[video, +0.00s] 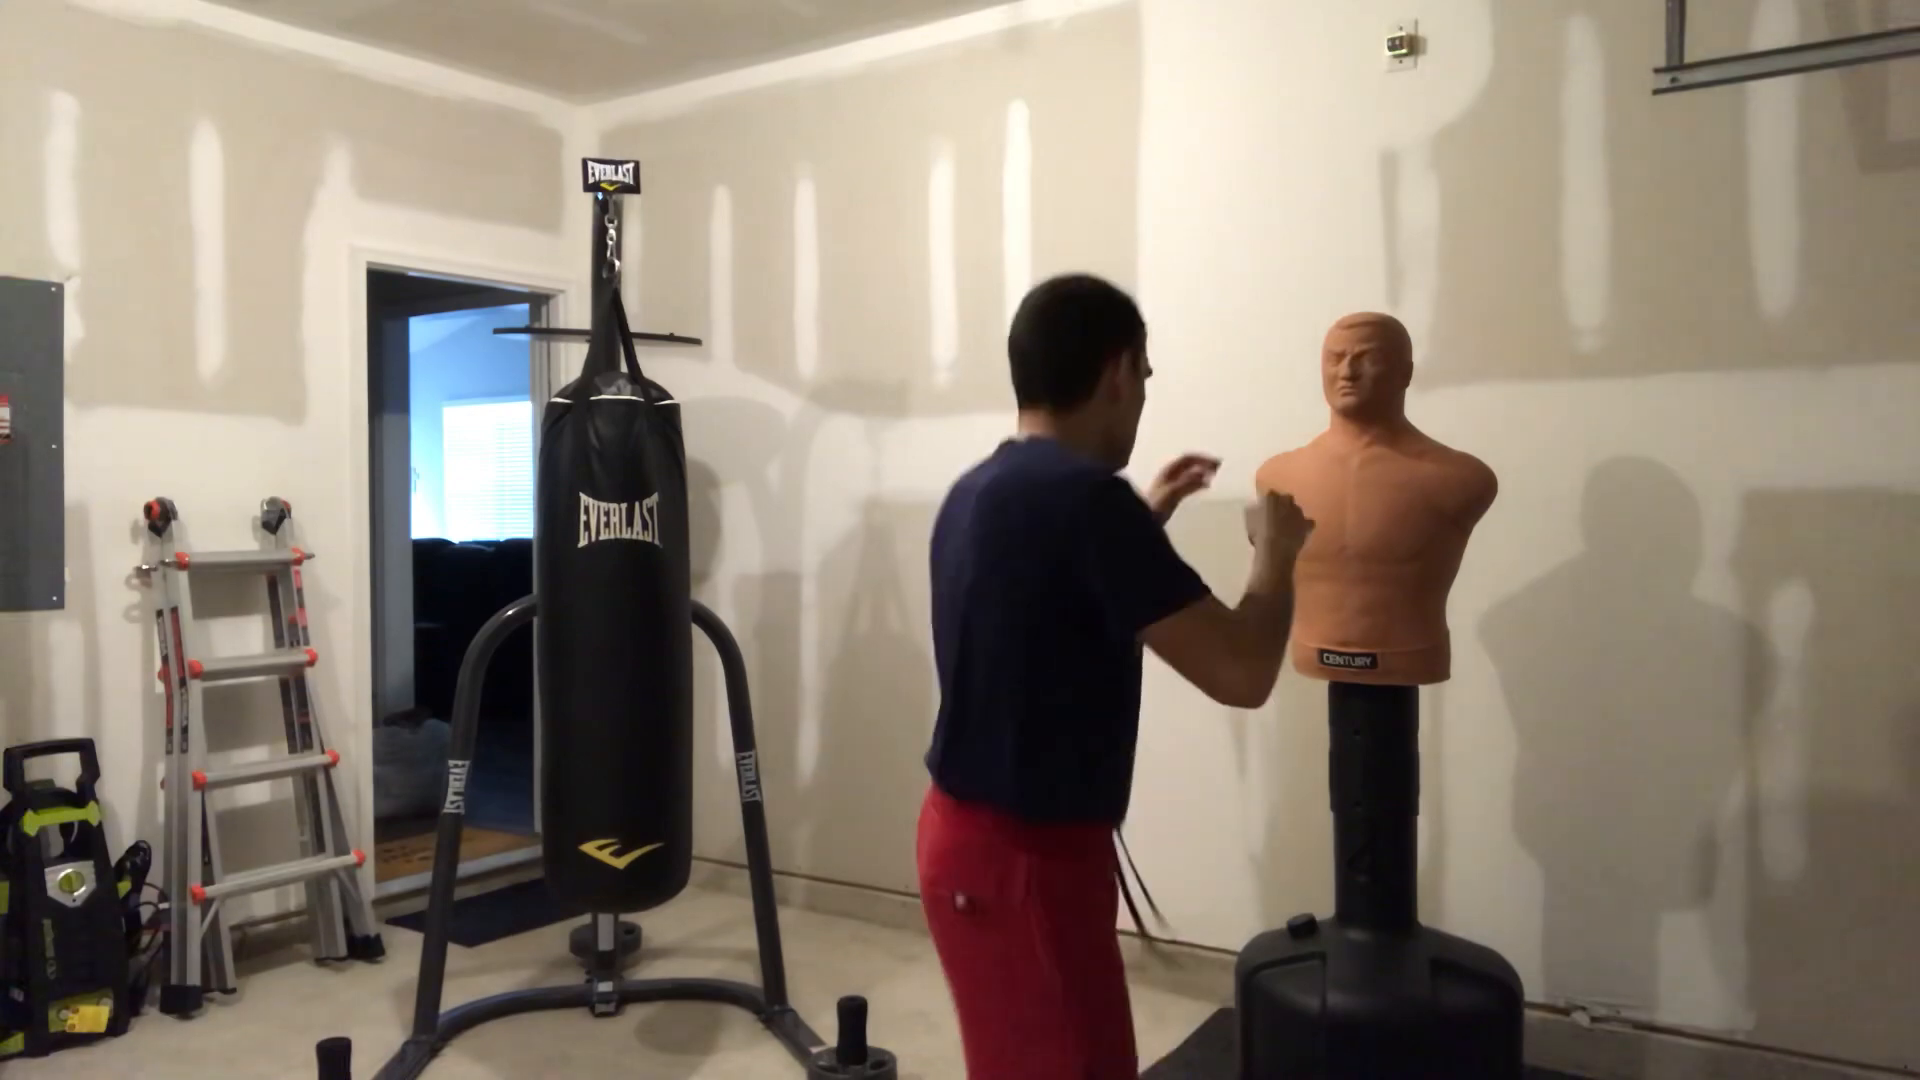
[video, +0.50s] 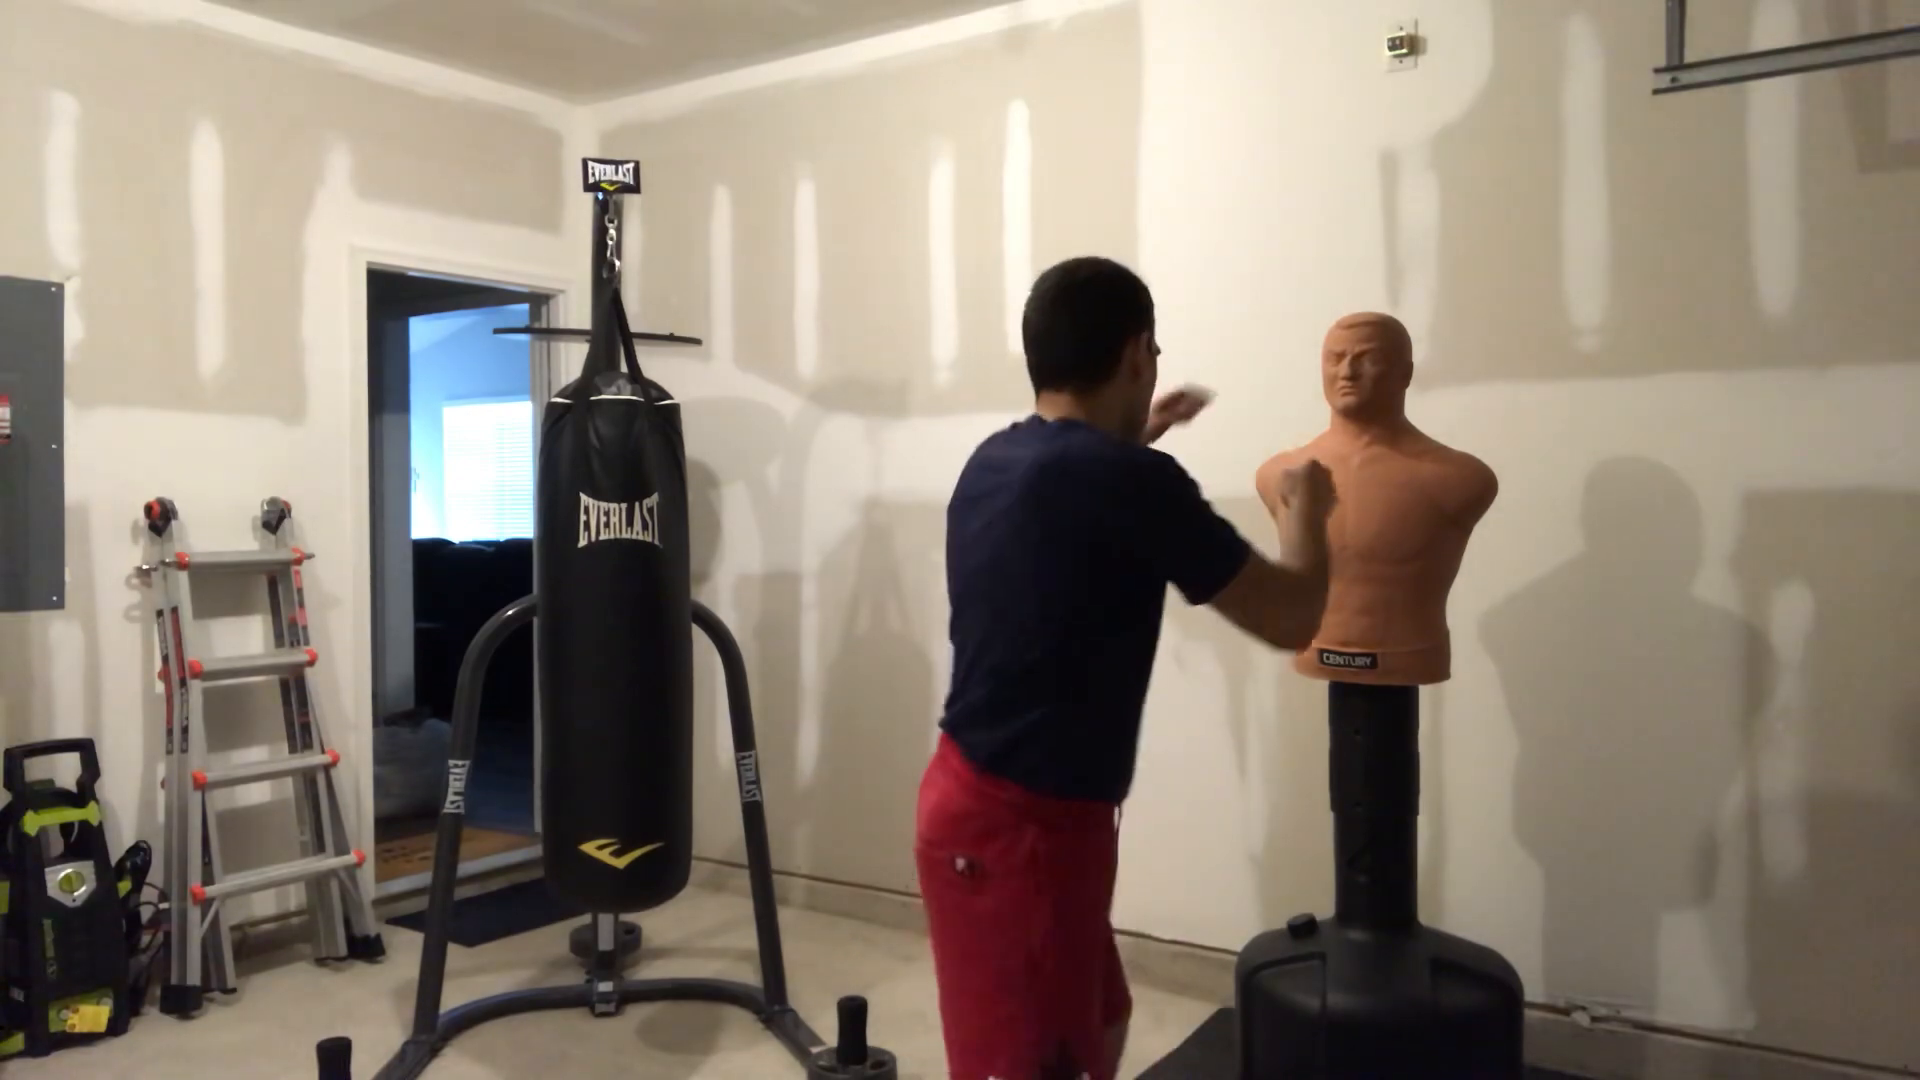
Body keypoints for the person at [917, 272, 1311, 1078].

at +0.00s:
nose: (1144, 398)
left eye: (1144, 376)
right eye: (1142, 375)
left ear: (1025, 375)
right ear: (1111, 376)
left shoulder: (974, 494)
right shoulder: (1084, 501)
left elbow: (1061, 616)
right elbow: (1242, 673)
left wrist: (1146, 516)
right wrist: (1274, 553)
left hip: (962, 843)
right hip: (1035, 855)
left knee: (1011, 1064)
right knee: (1088, 1065)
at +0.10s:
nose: (1144, 374)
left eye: (1145, 353)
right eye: (1143, 351)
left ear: (1024, 346)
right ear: (1115, 349)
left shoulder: (967, 469)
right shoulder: (1091, 467)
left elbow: (1049, 576)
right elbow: (1252, 633)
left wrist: (1146, 489)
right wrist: (1274, 522)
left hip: (965, 823)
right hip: (1033, 839)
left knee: (1014, 1061)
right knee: (1071, 1065)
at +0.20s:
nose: (1143, 368)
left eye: (1146, 346)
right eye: (1143, 345)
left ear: (1024, 342)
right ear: (1115, 342)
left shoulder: (972, 461)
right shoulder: (1097, 464)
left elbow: (1075, 549)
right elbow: (1272, 606)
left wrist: (1158, 453)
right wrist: (1278, 484)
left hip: (958, 816)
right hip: (1032, 833)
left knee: (1006, 1061)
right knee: (1070, 1064)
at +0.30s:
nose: (1145, 380)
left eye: (1147, 358)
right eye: (1145, 357)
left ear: (1027, 357)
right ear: (1121, 355)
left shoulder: (980, 469)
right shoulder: (1094, 484)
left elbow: (1076, 527)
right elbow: (1274, 622)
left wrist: (1151, 432)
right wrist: (1282, 493)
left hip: (963, 837)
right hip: (1029, 851)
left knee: (997, 1063)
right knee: (1059, 1065)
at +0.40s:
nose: (1151, 373)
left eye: (1152, 353)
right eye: (1151, 351)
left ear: (1031, 354)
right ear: (1129, 352)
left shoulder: (984, 462)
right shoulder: (1109, 481)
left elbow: (1063, 529)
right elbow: (1269, 636)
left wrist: (1137, 432)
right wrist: (1294, 518)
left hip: (963, 819)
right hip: (1029, 839)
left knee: (989, 1057)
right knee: (1050, 1061)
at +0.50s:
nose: (1155, 372)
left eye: (1153, 353)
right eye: (1154, 352)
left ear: (1036, 358)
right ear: (1134, 354)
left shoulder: (991, 462)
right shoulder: (1130, 481)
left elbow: (1063, 519)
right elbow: (1293, 616)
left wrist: (1131, 440)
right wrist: (1305, 508)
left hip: (980, 813)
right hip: (1029, 834)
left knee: (1093, 1021)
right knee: (1026, 1061)